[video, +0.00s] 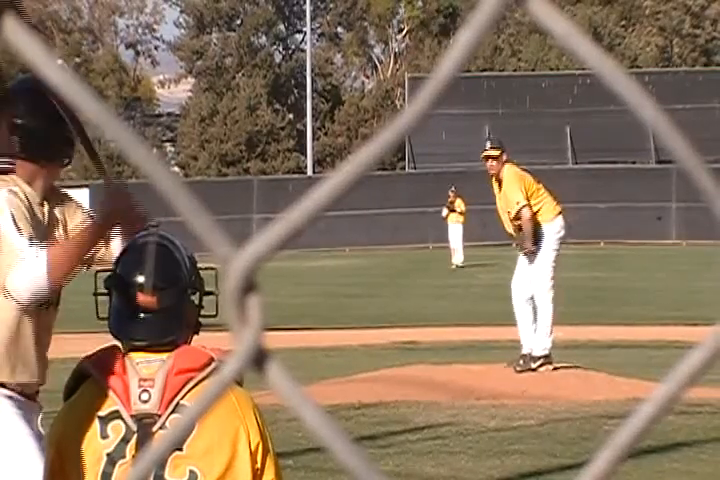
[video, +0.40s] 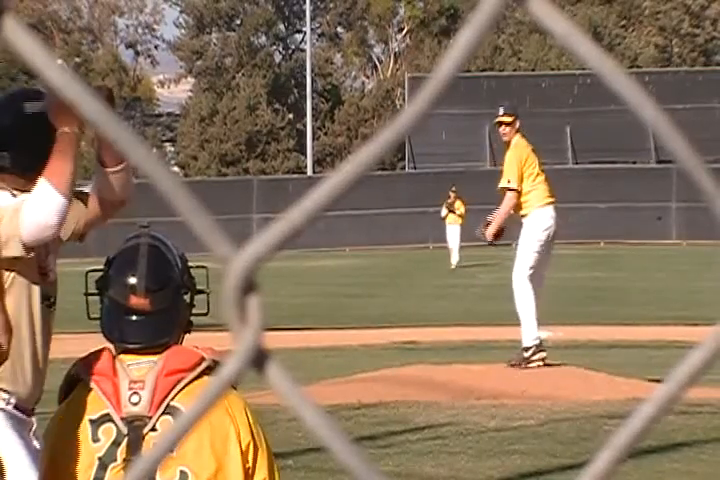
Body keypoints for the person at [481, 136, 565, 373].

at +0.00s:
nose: (491, 163)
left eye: (495, 158)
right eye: (487, 159)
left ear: (504, 158)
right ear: (484, 162)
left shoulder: (510, 175)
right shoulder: (496, 180)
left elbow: (525, 212)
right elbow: (510, 210)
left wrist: (529, 241)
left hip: (548, 226)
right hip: (531, 230)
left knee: (541, 285)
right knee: (519, 287)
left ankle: (542, 350)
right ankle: (528, 348)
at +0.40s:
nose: (504, 129)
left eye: (508, 124)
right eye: (500, 125)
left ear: (517, 125)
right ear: (498, 128)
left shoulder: (515, 150)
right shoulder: (520, 147)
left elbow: (512, 194)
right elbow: (516, 191)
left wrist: (495, 226)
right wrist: (498, 215)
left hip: (537, 214)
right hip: (544, 212)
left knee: (520, 276)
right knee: (529, 277)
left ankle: (531, 343)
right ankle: (531, 340)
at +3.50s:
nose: (508, 122)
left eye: (512, 116)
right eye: (505, 118)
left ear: (523, 116)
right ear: (505, 121)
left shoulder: (524, 145)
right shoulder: (524, 142)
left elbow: (527, 189)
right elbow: (523, 182)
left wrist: (507, 210)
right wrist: (505, 198)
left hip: (530, 215)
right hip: (527, 213)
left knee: (527, 281)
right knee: (525, 281)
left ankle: (534, 346)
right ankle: (532, 345)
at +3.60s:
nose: (505, 124)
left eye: (509, 118)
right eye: (502, 120)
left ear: (520, 117)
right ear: (504, 122)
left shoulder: (521, 145)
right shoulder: (524, 141)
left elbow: (526, 190)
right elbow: (523, 184)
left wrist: (505, 211)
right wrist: (506, 202)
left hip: (530, 215)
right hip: (529, 213)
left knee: (525, 281)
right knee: (524, 280)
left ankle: (534, 347)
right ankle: (532, 345)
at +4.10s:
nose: (491, 144)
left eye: (491, 138)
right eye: (488, 141)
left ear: (502, 132)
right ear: (500, 135)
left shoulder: (511, 152)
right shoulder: (518, 150)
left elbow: (504, 201)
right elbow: (509, 197)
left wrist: (473, 199)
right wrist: (478, 196)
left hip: (531, 212)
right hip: (543, 213)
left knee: (485, 214)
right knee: (530, 279)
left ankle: (515, 258)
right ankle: (532, 344)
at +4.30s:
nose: (477, 165)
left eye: (478, 159)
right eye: (474, 162)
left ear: (488, 152)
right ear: (486, 155)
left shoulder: (497, 167)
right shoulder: (505, 167)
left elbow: (493, 212)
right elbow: (504, 216)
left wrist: (472, 238)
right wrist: (485, 241)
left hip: (536, 217)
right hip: (547, 215)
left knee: (498, 252)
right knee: (530, 280)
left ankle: (544, 266)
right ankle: (533, 346)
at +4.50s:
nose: (467, 208)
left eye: (466, 202)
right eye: (463, 205)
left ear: (474, 194)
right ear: (475, 194)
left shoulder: (486, 203)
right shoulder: (490, 198)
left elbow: (486, 242)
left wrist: (479, 276)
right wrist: (538, 260)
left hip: (542, 221)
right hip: (543, 219)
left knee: (516, 279)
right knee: (519, 279)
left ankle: (526, 347)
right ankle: (527, 345)